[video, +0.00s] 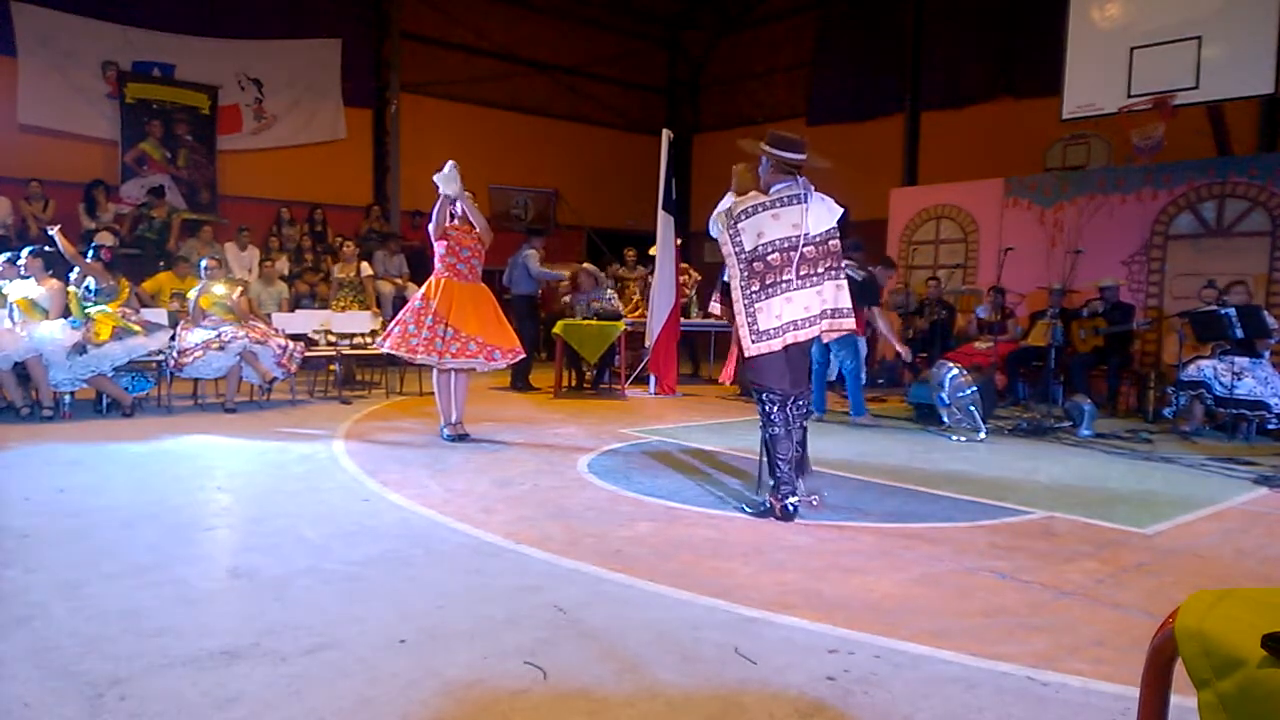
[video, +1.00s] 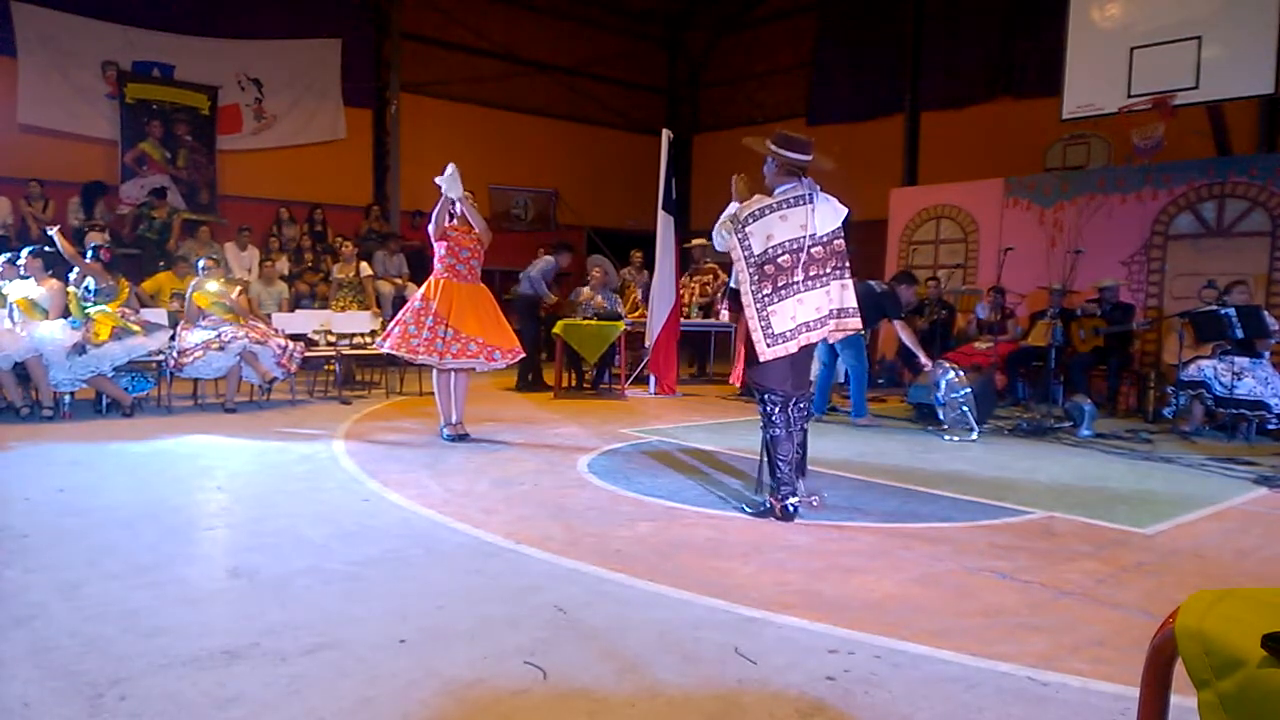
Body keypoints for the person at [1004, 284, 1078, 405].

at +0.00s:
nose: (1055, 299)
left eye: (1058, 296)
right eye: (1052, 295)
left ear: (1062, 298)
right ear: (1049, 296)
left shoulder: (1067, 314)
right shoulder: (1036, 315)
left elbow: (1068, 339)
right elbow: (1028, 335)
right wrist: (1023, 342)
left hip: (1055, 348)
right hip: (1035, 348)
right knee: (1012, 358)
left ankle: (1040, 397)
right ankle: (1013, 395)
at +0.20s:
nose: (1054, 299)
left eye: (1058, 296)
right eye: (1052, 295)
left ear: (1063, 297)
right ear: (1048, 296)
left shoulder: (1068, 314)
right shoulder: (1036, 315)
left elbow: (1068, 339)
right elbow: (1028, 335)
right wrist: (1023, 342)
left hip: (1055, 348)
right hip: (1035, 348)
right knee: (1012, 358)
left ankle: (1041, 397)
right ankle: (1013, 395)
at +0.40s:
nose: (1055, 299)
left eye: (1058, 296)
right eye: (1053, 295)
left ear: (1063, 297)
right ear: (1049, 296)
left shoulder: (1067, 314)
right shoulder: (1036, 315)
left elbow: (1068, 340)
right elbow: (1027, 336)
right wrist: (1023, 342)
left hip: (1056, 348)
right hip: (1036, 348)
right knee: (1012, 358)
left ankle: (1044, 398)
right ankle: (1013, 395)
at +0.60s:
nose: (1055, 299)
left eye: (1058, 296)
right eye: (1053, 295)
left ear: (1063, 297)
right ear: (1049, 296)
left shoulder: (1067, 314)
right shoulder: (1036, 315)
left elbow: (1068, 340)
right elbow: (1028, 336)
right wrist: (1024, 342)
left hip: (1055, 348)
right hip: (1036, 348)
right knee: (1012, 358)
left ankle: (1043, 398)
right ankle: (1013, 395)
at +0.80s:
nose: (1055, 299)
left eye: (1058, 296)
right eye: (1053, 295)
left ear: (1063, 297)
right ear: (1048, 296)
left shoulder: (1067, 314)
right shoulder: (1036, 315)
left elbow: (1068, 340)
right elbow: (1027, 335)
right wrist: (1024, 342)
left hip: (1055, 349)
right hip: (1035, 348)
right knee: (1011, 359)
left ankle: (1042, 399)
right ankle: (1012, 395)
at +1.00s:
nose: (1054, 299)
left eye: (1058, 296)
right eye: (1052, 295)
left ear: (1063, 297)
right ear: (1049, 296)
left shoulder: (1068, 315)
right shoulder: (1036, 315)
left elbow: (1069, 339)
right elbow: (1028, 336)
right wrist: (1024, 343)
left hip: (1055, 348)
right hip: (1036, 348)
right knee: (1012, 358)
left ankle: (1041, 398)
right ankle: (1013, 395)